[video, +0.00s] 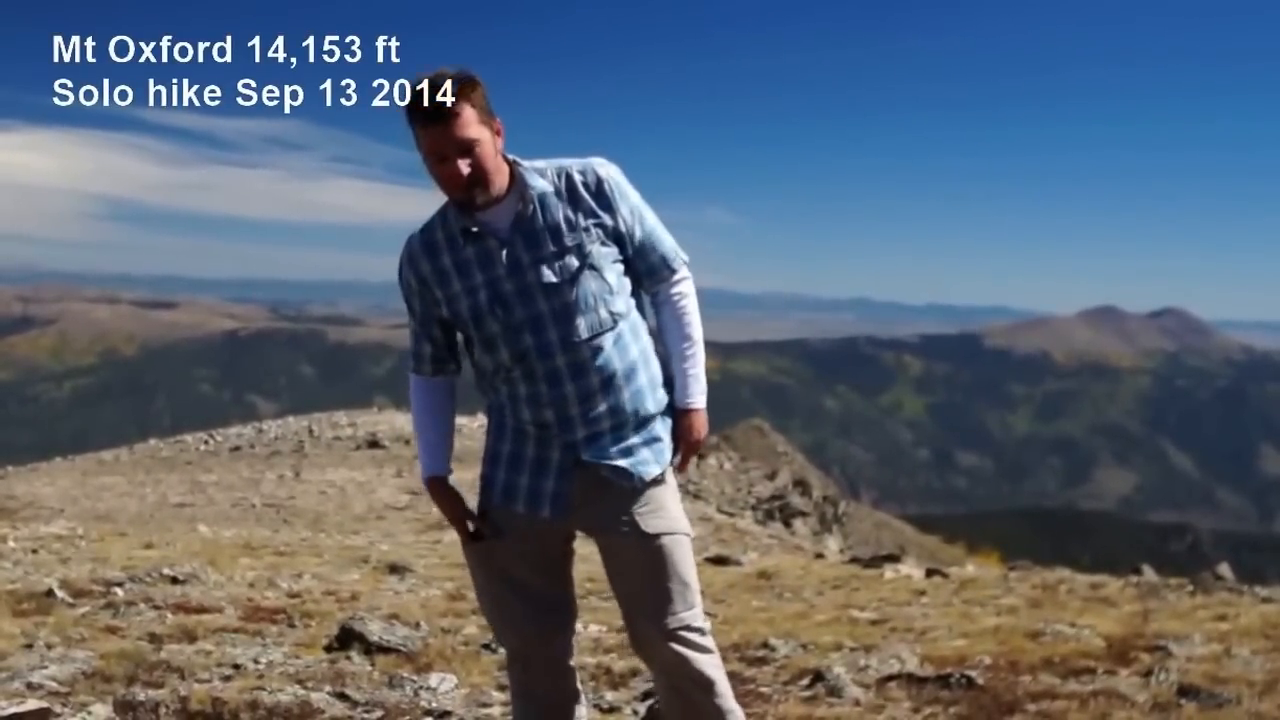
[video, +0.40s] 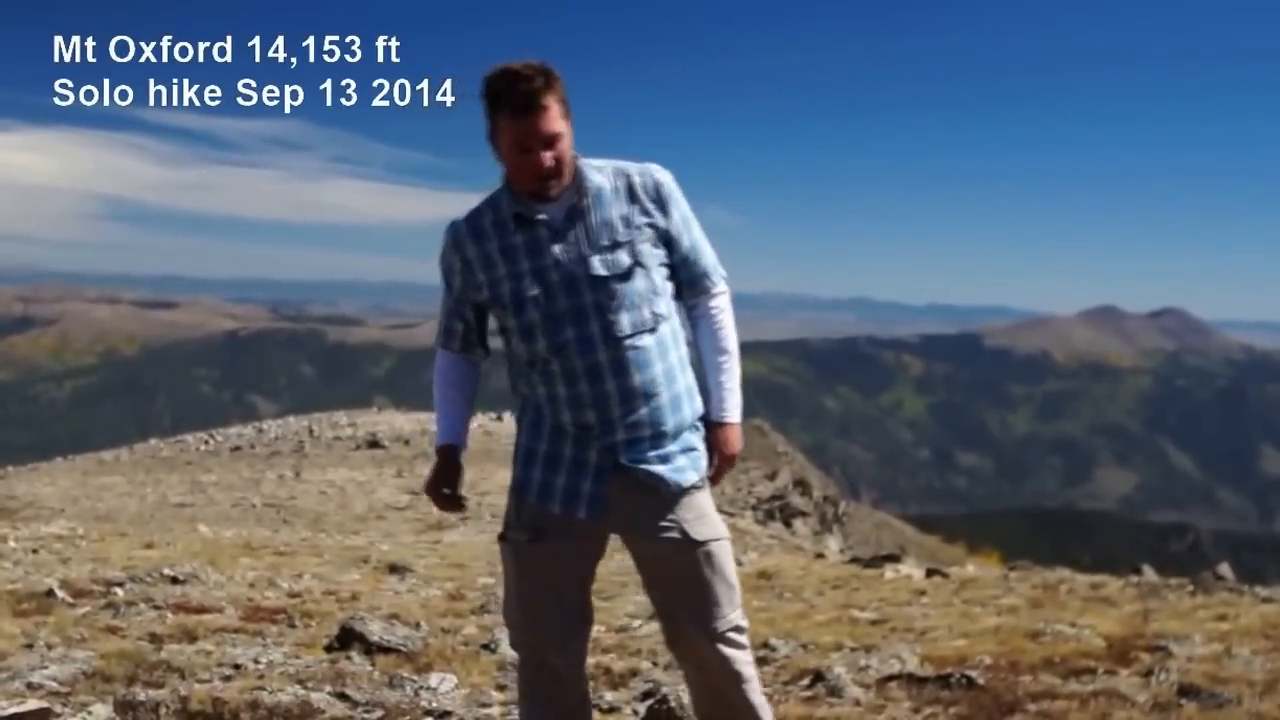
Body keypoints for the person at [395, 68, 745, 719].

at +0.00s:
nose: (457, 168)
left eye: (465, 148)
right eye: (439, 159)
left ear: (496, 132)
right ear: (422, 162)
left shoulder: (591, 186)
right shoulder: (428, 257)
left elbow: (670, 279)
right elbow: (431, 371)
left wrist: (691, 401)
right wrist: (435, 475)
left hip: (627, 442)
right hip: (520, 460)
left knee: (675, 637)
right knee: (533, 657)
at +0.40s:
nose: (541, 160)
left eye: (551, 142)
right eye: (524, 148)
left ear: (571, 128)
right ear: (495, 145)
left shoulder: (647, 192)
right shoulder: (473, 242)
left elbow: (708, 294)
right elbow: (457, 350)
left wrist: (724, 413)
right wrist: (449, 447)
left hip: (664, 454)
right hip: (553, 466)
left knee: (717, 645)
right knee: (546, 659)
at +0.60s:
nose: (627, 182)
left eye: (635, 165)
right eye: (611, 169)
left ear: (650, 146)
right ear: (574, 157)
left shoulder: (713, 212)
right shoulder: (532, 249)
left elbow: (760, 322)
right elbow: (488, 361)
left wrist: (770, 441)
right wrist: (439, 461)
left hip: (706, 470)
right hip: (594, 475)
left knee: (743, 662)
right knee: (562, 660)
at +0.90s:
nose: (729, 180)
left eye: (738, 163)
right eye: (714, 166)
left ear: (752, 147)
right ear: (676, 150)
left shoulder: (803, 212)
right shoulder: (623, 232)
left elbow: (843, 322)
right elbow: (585, 339)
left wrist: (851, 439)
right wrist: (530, 426)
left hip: (780, 472)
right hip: (667, 472)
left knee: (787, 663)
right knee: (616, 644)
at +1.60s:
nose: (695, 168)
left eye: (707, 153)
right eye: (681, 150)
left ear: (720, 148)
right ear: (644, 140)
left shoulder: (747, 233)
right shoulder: (571, 230)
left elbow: (769, 355)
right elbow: (519, 332)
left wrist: (790, 455)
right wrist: (493, 405)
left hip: (707, 486)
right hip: (593, 485)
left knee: (745, 670)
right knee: (564, 663)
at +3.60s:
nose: (651, 151)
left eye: (666, 135)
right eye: (637, 133)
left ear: (689, 130)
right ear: (609, 127)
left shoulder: (723, 228)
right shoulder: (538, 208)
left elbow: (736, 349)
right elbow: (476, 311)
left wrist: (771, 416)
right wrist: (488, 407)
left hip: (664, 481)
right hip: (550, 484)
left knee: (700, 662)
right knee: (558, 682)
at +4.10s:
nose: (606, 161)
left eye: (621, 142)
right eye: (591, 146)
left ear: (657, 134)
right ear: (577, 145)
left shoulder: (725, 223)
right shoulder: (577, 226)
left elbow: (779, 338)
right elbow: (554, 333)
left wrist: (792, 423)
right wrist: (504, 421)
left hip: (699, 494)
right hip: (590, 489)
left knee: (742, 686)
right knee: (565, 683)